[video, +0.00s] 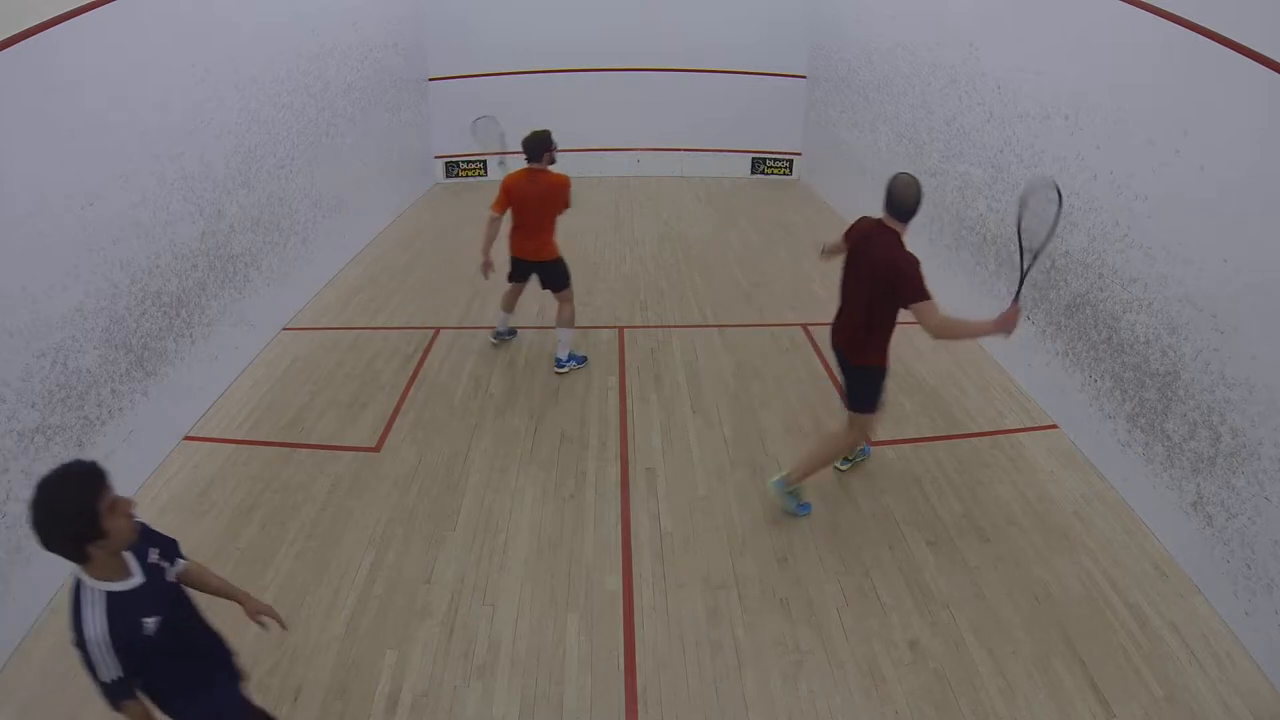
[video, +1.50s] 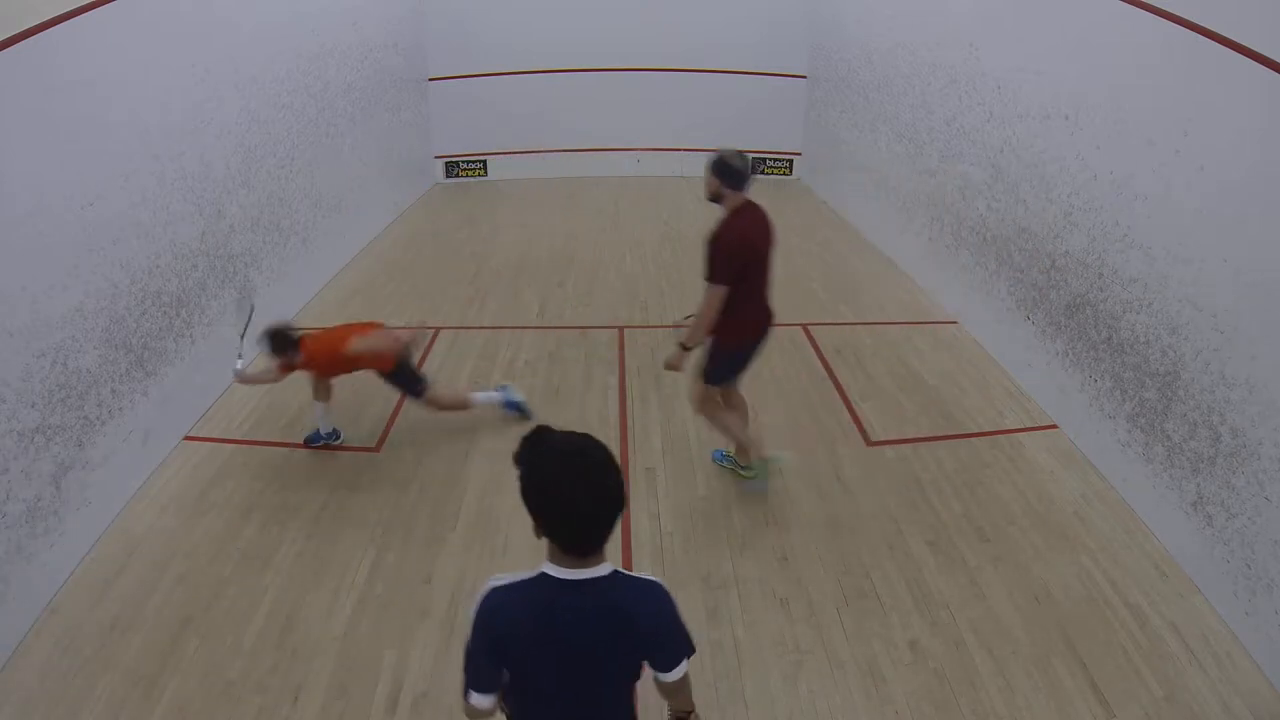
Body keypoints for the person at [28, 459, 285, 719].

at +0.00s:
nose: (129, 504)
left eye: (116, 497)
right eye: (113, 508)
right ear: (93, 545)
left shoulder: (134, 537)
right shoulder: (96, 626)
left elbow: (181, 568)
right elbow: (126, 701)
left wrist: (244, 598)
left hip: (217, 659)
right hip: (200, 701)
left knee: (242, 705)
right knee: (257, 715)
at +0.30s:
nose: (229, 496)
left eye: (218, 489)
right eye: (214, 500)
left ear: (194, 538)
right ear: (193, 538)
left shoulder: (216, 548)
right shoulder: (191, 624)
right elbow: (218, 707)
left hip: (287, 648)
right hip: (267, 695)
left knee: (360, 683)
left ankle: (357, 713)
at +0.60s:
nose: (356, 474)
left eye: (350, 469)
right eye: (349, 473)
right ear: (335, 505)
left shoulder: (316, 535)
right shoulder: (323, 601)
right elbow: (353, 694)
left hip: (391, 643)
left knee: (446, 681)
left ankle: (455, 712)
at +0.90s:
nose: (446, 447)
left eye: (439, 440)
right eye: (442, 445)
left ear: (377, 479)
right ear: (444, 473)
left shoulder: (377, 514)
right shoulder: (446, 588)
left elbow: (364, 568)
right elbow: (468, 693)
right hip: (488, 695)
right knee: (546, 712)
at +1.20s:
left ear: (473, 503)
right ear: (551, 493)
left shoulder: (447, 563)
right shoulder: (578, 604)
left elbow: (420, 643)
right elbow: (605, 706)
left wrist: (477, 632)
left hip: (498, 708)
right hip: (564, 712)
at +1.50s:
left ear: (536, 524)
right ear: (621, 509)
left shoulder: (501, 604)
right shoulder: (647, 599)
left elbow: (478, 706)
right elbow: (675, 684)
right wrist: (684, 710)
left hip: (530, 712)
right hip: (614, 710)